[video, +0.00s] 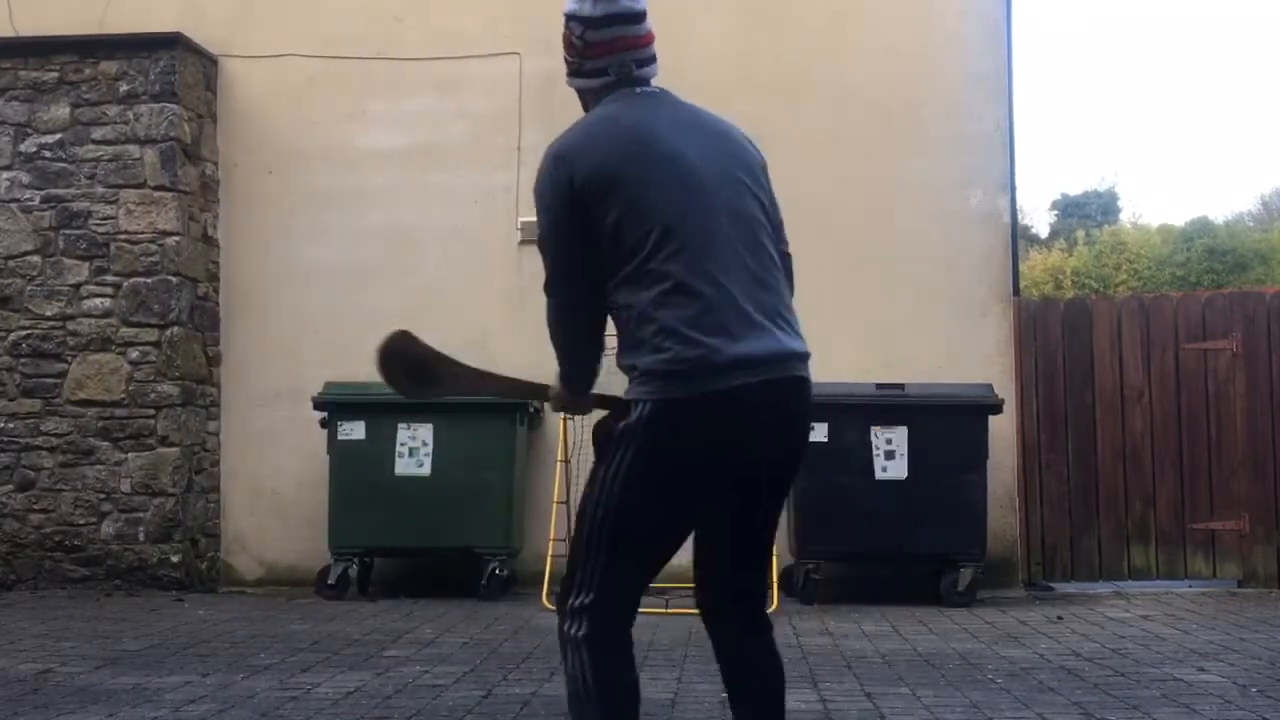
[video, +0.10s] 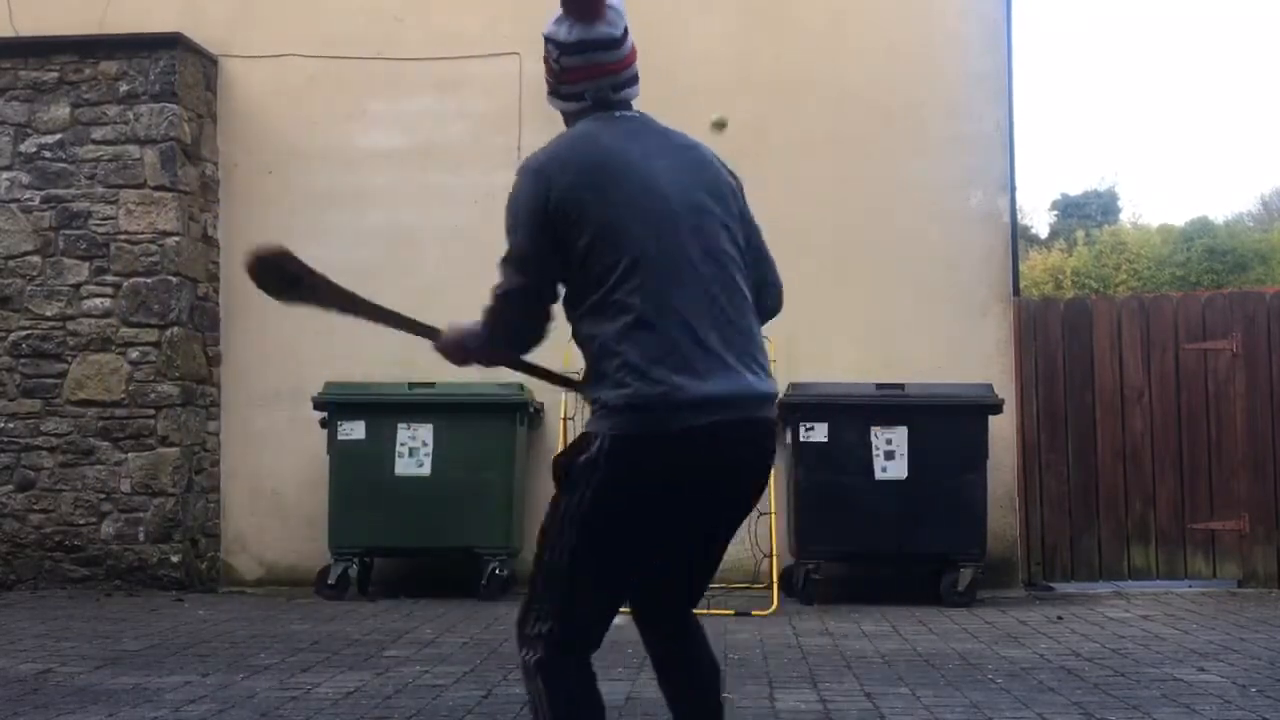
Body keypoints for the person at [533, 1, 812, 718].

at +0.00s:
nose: (572, 79)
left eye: (571, 68)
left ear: (577, 70)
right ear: (651, 60)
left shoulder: (574, 154)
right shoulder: (729, 134)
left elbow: (573, 299)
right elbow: (775, 265)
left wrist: (574, 386)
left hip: (679, 404)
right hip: (780, 394)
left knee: (592, 611)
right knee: (736, 601)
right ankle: (764, 713)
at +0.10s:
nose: (550, 81)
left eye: (551, 73)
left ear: (555, 84)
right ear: (633, 75)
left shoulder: (550, 172)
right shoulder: (701, 158)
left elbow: (518, 322)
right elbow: (764, 292)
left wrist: (473, 341)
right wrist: (661, 335)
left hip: (641, 427)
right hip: (749, 420)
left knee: (553, 636)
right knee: (666, 604)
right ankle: (705, 715)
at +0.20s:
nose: (559, 75)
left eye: (556, 66)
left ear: (558, 81)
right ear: (635, 69)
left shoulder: (543, 176)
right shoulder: (710, 158)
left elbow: (465, 297)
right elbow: (786, 253)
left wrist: (395, 308)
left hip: (612, 439)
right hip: (725, 433)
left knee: (543, 644)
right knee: (667, 615)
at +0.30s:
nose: (588, 5)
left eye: (579, 2)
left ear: (575, 11)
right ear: (648, 7)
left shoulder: (536, 93)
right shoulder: (709, 66)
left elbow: (436, 190)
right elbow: (816, 51)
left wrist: (325, 197)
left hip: (583, 381)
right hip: (698, 378)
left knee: (570, 596)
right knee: (702, 594)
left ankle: (561, 717)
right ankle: (705, 716)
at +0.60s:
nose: (670, 14)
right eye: (661, 8)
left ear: (567, 18)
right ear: (653, 11)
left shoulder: (533, 115)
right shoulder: (691, 75)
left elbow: (432, 200)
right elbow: (809, 19)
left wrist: (353, 168)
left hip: (562, 411)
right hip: (670, 403)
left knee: (523, 606)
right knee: (719, 630)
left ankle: (449, 711)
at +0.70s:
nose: (648, 30)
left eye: (643, 17)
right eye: (642, 17)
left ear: (555, 30)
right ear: (625, 22)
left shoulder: (502, 125)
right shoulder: (646, 97)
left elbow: (430, 245)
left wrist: (418, 204)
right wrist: (895, 89)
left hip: (537, 421)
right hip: (640, 417)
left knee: (536, 610)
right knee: (711, 633)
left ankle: (431, 712)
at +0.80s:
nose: (614, 24)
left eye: (611, 12)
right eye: (608, 11)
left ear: (524, 22)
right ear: (582, 17)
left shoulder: (456, 118)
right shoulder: (599, 98)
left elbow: (441, 259)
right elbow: (655, 230)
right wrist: (786, 311)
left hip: (487, 400)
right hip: (586, 397)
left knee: (524, 595)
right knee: (667, 617)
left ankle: (432, 716)